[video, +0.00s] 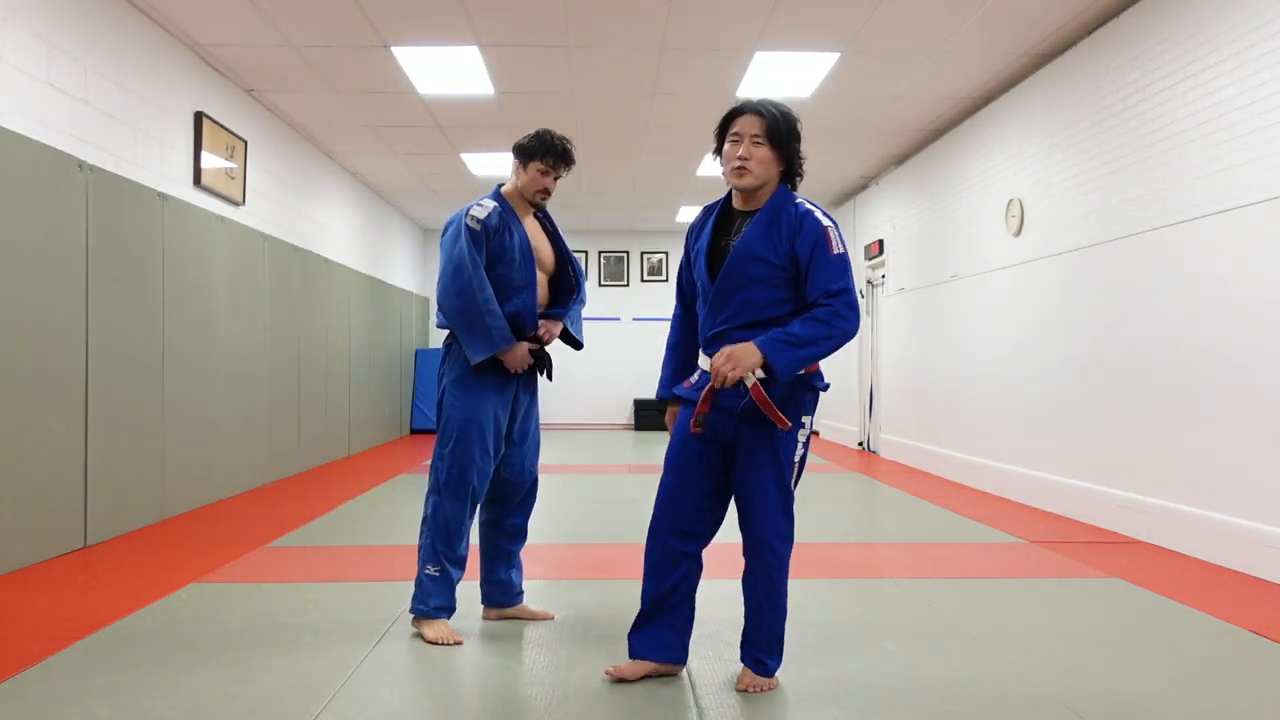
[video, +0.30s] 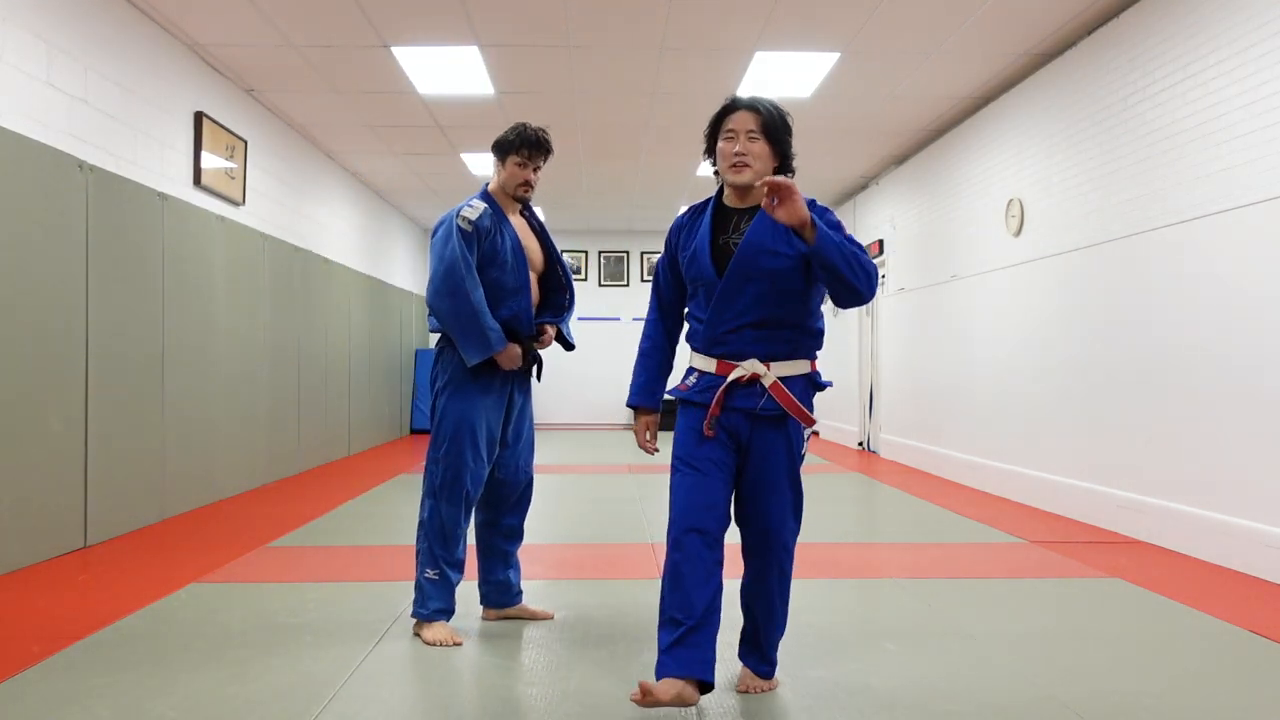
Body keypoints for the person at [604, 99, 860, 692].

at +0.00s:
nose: (742, 151)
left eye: (757, 142)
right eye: (734, 140)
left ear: (784, 157)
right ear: (721, 153)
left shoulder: (809, 224)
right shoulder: (705, 223)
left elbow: (840, 315)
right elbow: (686, 314)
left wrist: (762, 350)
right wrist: (674, 393)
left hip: (773, 400)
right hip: (706, 395)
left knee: (765, 540)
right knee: (673, 528)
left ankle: (761, 660)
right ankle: (660, 651)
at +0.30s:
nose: (738, 147)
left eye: (753, 137)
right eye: (728, 136)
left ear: (779, 153)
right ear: (712, 150)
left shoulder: (805, 218)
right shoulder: (689, 226)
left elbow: (861, 288)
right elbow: (664, 314)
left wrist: (806, 226)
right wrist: (646, 395)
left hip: (778, 394)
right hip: (704, 391)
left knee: (769, 537)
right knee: (692, 530)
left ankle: (759, 661)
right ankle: (682, 672)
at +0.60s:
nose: (717, 142)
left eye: (730, 131)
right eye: (704, 133)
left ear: (753, 146)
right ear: (687, 149)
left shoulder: (783, 213)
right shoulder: (662, 228)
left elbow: (856, 269)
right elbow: (635, 323)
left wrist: (802, 197)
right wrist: (626, 409)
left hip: (769, 401)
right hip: (689, 402)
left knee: (768, 547)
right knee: (690, 552)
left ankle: (762, 656)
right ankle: (691, 697)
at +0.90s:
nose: (669, 130)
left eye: (681, 116)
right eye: (653, 121)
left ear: (707, 127)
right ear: (636, 141)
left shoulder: (745, 191)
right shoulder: (622, 217)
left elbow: (817, 253)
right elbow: (601, 317)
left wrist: (766, 198)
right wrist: (594, 407)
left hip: (748, 395)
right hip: (662, 398)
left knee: (757, 541)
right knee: (666, 561)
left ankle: (760, 653)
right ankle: (678, 707)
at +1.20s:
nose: (639, 127)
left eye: (652, 112)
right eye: (622, 118)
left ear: (678, 122)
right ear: (607, 139)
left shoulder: (726, 187)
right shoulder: (594, 218)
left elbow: (801, 259)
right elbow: (580, 319)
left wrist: (746, 217)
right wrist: (580, 417)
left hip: (741, 390)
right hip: (653, 398)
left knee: (765, 537)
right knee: (665, 565)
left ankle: (779, 640)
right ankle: (679, 709)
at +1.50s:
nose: (654, 119)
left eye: (667, 105)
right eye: (638, 111)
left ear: (692, 119)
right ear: (621, 133)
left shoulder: (736, 184)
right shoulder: (608, 216)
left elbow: (805, 257)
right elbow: (593, 319)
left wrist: (753, 210)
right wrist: (589, 416)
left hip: (746, 390)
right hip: (659, 398)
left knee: (771, 541)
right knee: (667, 567)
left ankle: (785, 641)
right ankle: (678, 709)